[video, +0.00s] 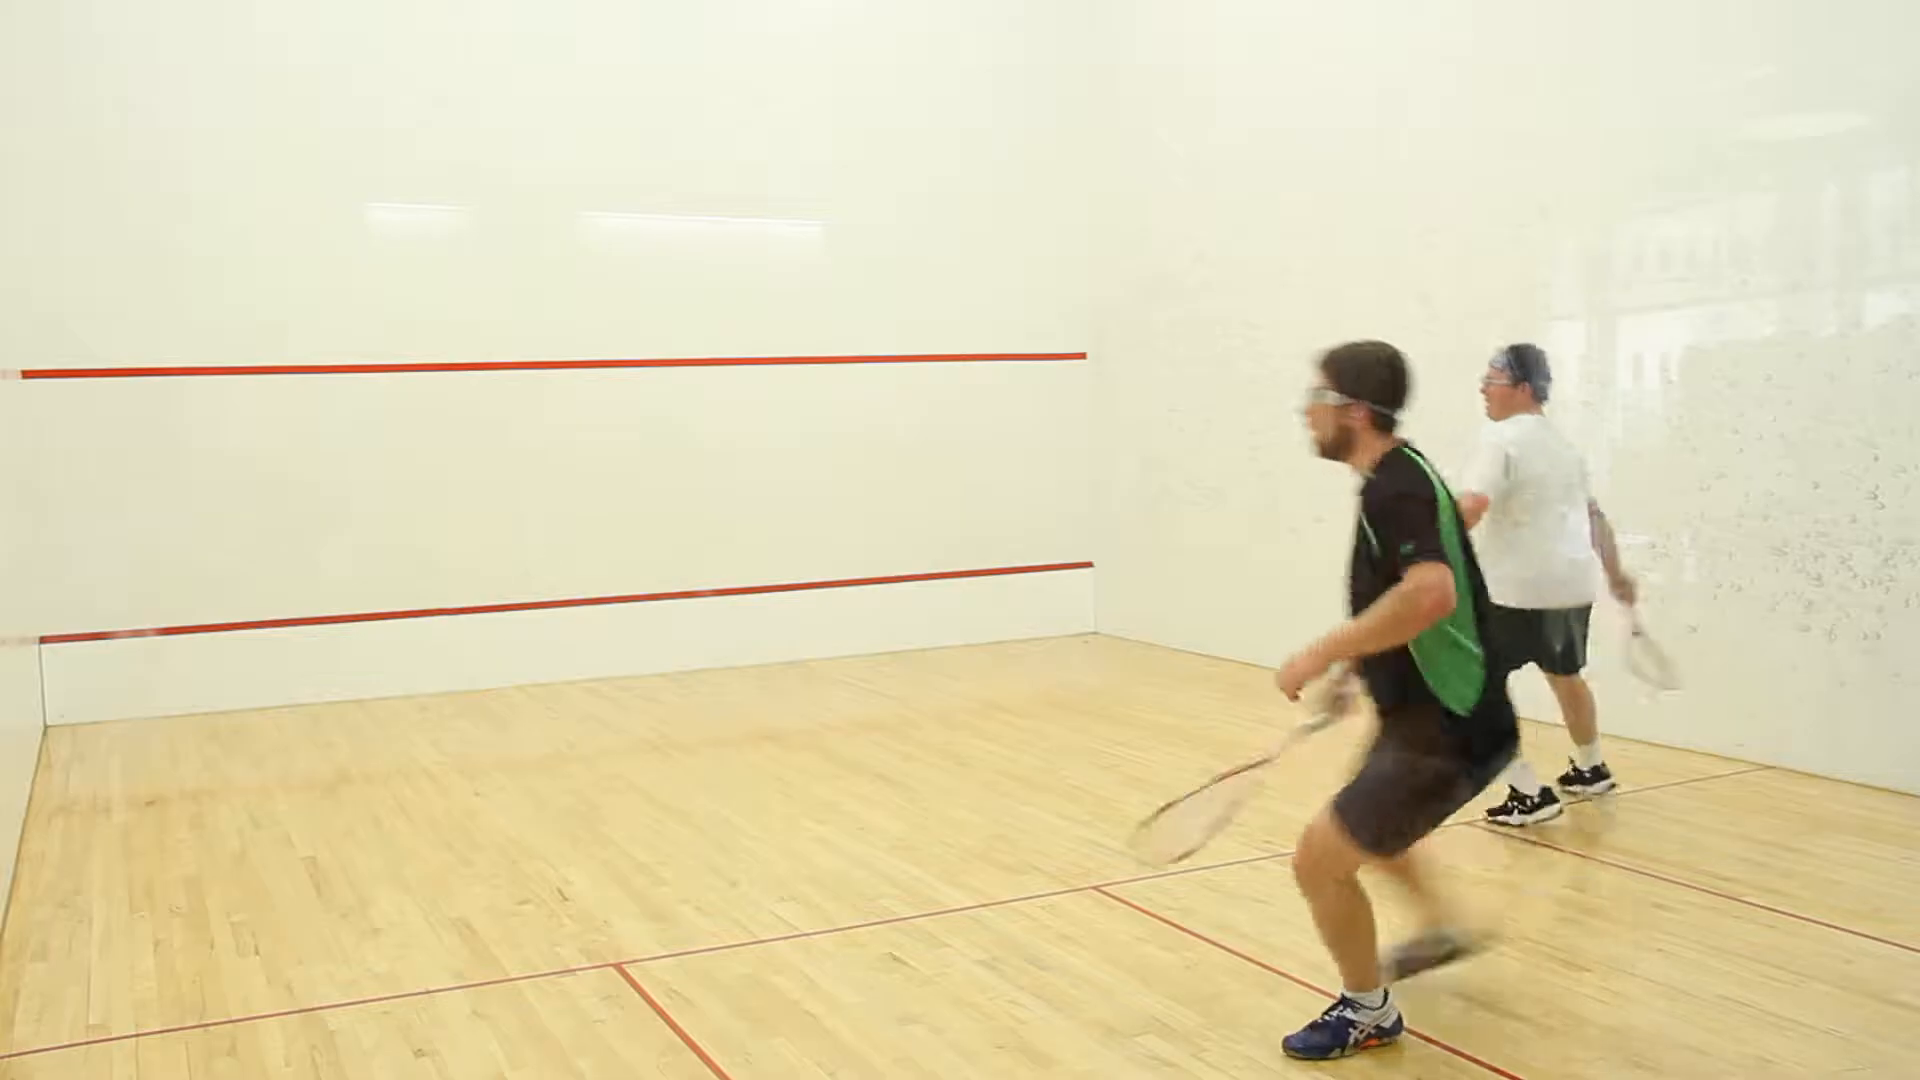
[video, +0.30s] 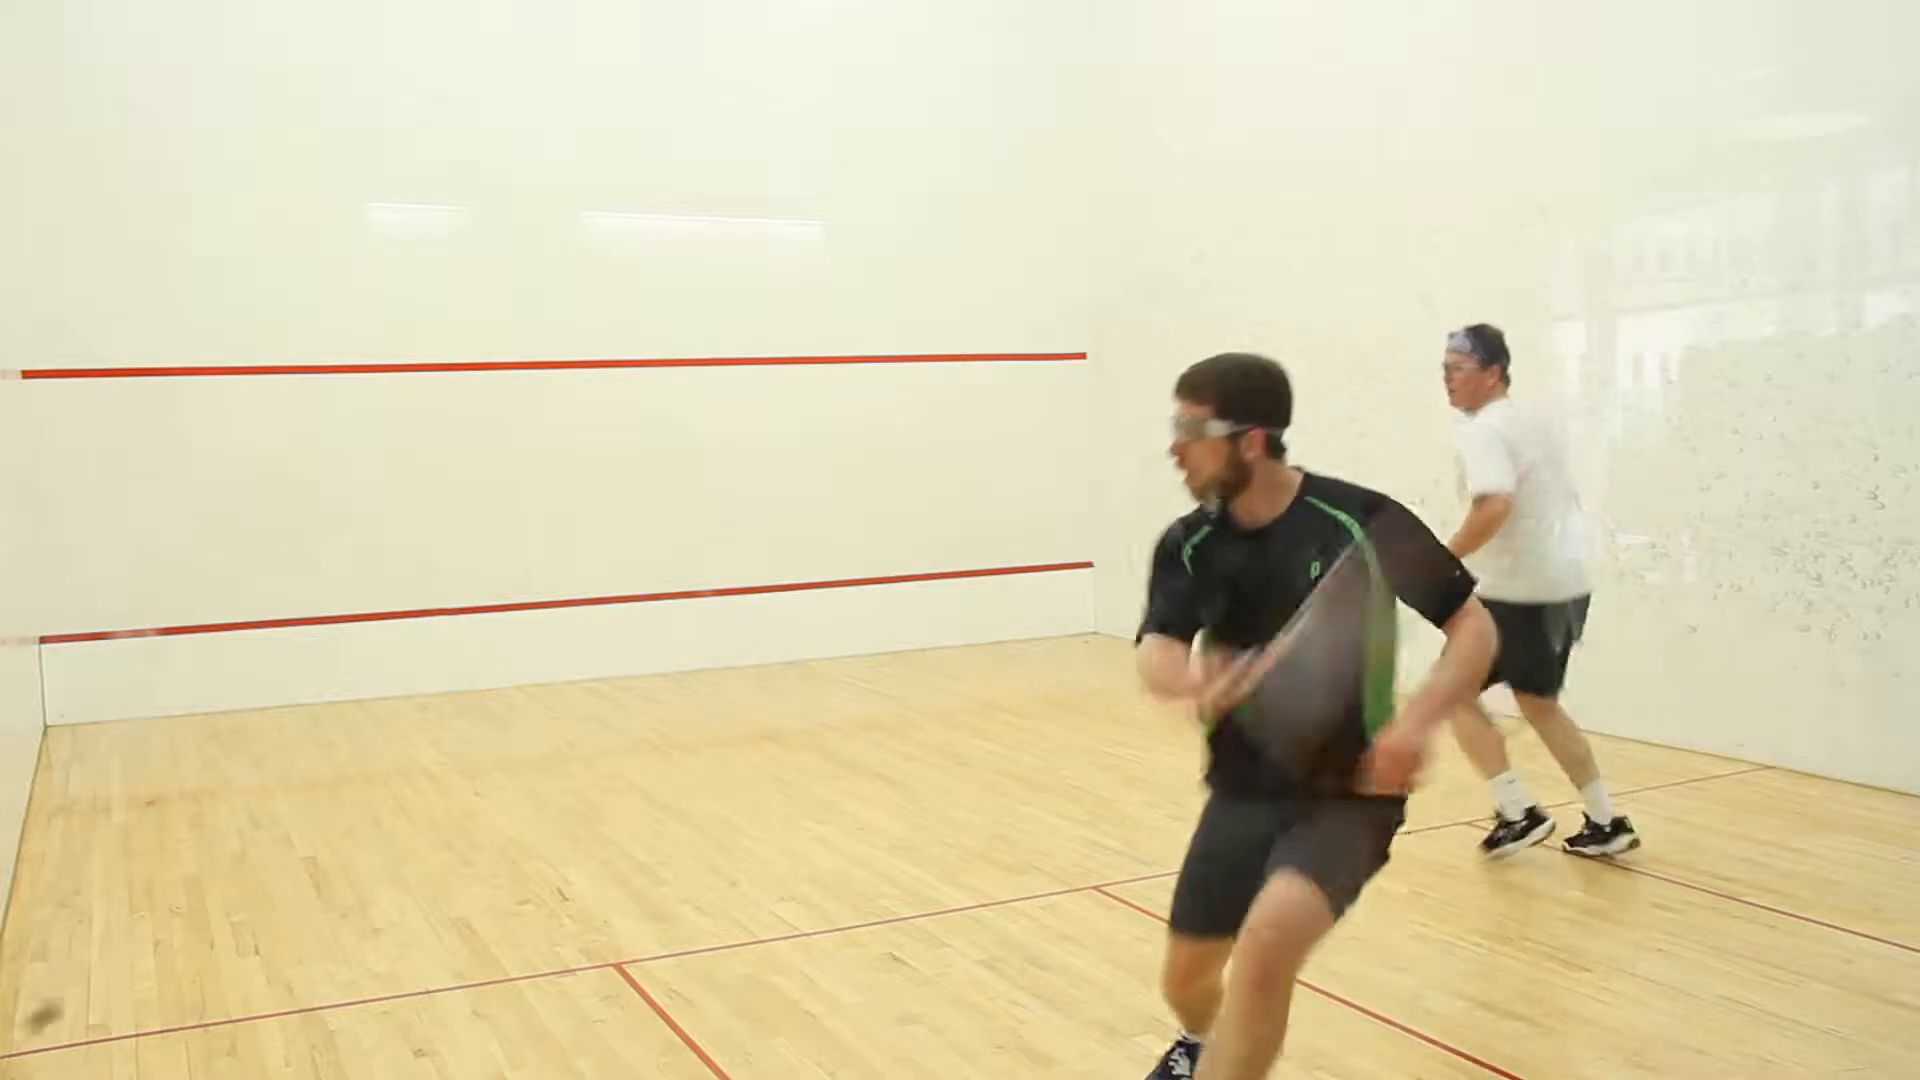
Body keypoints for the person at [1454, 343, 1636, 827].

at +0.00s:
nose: (1483, 391)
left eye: (1492, 383)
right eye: (1485, 382)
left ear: (1523, 389)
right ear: (1530, 391)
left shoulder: (1502, 441)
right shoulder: (1563, 444)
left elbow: (1470, 509)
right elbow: (1594, 516)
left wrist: (1423, 540)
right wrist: (1616, 573)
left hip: (1514, 593)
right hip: (1572, 589)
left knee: (1478, 679)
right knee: (1565, 672)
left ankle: (1525, 789)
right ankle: (1592, 766)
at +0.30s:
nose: (1446, 379)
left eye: (1456, 370)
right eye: (1445, 369)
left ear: (1493, 374)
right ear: (1492, 376)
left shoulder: (1482, 428)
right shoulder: (1533, 419)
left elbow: (1494, 504)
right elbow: (1557, 496)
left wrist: (1443, 558)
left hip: (1513, 594)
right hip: (1562, 589)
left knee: (1452, 693)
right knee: (1538, 701)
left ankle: (1516, 811)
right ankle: (1605, 819)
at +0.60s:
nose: (1368, 395)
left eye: (1376, 382)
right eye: (1368, 382)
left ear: (1413, 386)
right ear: (1423, 388)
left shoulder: (1410, 449)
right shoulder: (1461, 443)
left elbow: (1403, 539)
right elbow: (1495, 526)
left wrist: (1343, 567)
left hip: (1447, 627)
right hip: (1502, 617)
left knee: (1398, 751)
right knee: (1505, 721)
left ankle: (1456, 885)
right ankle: (1559, 828)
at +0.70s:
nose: (1340, 357)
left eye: (1350, 346)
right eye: (1342, 345)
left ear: (1386, 351)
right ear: (1392, 354)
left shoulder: (1381, 408)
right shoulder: (1431, 409)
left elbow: (1377, 496)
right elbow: (1449, 499)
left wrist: (1321, 536)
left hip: (1419, 608)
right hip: (1472, 602)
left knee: (1407, 744)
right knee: (1449, 720)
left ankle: (1438, 876)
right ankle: (1482, 846)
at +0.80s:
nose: (1314, 343)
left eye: (1322, 332)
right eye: (1316, 331)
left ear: (1354, 336)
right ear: (1370, 339)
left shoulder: (1356, 392)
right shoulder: (1411, 396)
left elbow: (1347, 477)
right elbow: (1457, 498)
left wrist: (1295, 524)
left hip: (1402, 596)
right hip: (1444, 591)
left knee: (1380, 739)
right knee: (1400, 741)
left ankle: (1411, 890)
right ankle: (1414, 884)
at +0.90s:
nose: (1288, 363)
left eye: (1294, 351)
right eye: (1293, 351)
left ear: (1315, 357)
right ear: (1358, 360)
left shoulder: (1310, 435)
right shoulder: (1395, 425)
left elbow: (1294, 543)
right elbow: (1432, 525)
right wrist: (1418, 609)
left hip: (1333, 646)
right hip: (1398, 646)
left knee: (1321, 784)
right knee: (1363, 777)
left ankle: (1369, 938)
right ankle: (1375, 931)